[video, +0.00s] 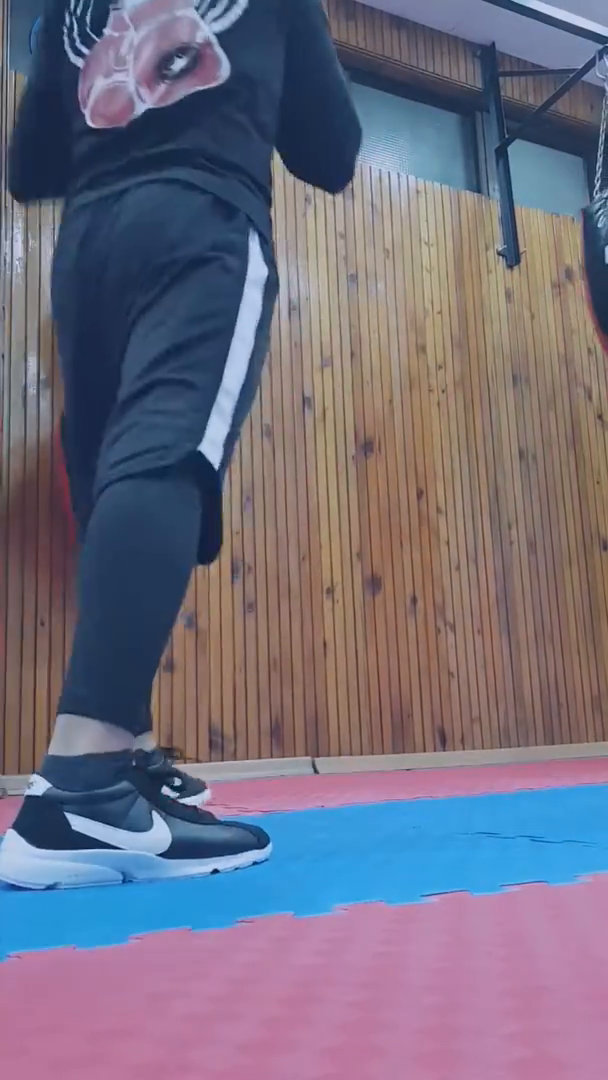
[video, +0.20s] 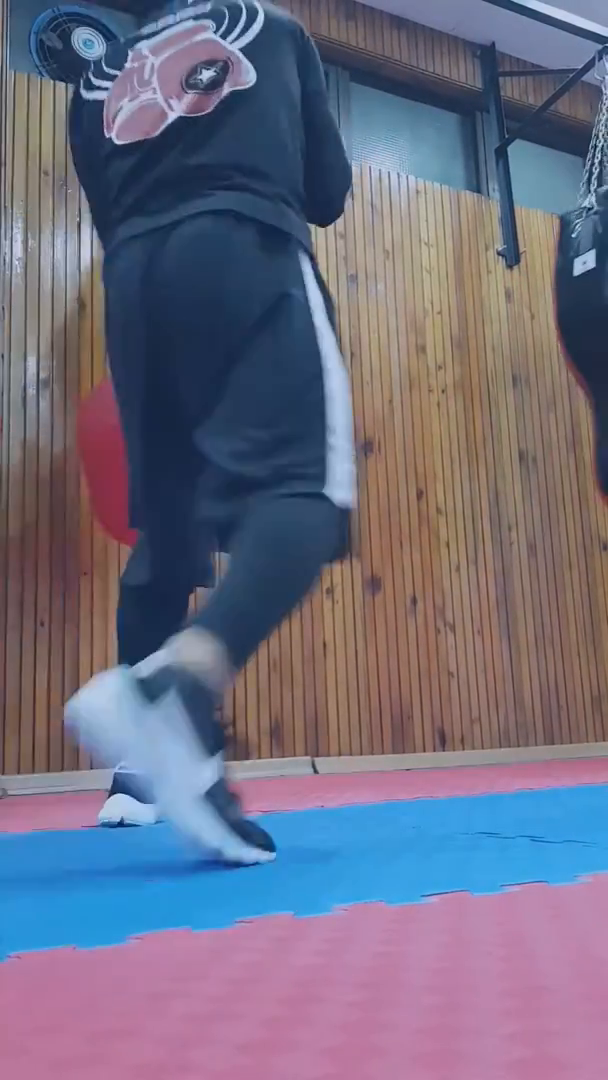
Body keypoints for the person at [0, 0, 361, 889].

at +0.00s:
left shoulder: (75, 10)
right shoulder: (277, 4)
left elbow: (31, 169)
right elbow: (329, 159)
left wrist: (134, 107)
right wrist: (246, 67)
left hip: (84, 225)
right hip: (200, 207)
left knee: (114, 487)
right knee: (159, 468)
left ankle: (130, 764)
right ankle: (78, 782)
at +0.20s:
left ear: (137, 8)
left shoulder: (98, 77)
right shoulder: (274, 28)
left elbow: (106, 211)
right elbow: (327, 187)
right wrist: (238, 170)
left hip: (131, 273)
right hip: (242, 250)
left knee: (166, 530)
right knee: (306, 497)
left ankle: (162, 771)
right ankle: (178, 684)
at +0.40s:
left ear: (173, 17)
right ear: (247, 1)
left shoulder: (138, 87)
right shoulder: (310, 39)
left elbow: (159, 238)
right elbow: (374, 188)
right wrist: (288, 166)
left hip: (191, 276)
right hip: (307, 249)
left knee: (183, 535)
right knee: (417, 470)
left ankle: (146, 767)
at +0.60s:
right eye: (388, 31)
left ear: (306, 36)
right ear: (379, 27)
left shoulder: (251, 102)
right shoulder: (408, 62)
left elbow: (190, 242)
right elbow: (438, 233)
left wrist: (286, 246)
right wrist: (361, 259)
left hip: (244, 318)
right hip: (363, 293)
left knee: (220, 542)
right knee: (513, 515)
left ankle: (145, 760)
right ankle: (606, 716)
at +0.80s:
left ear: (314, 26)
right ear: (396, 22)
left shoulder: (266, 80)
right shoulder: (452, 66)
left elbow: (231, 239)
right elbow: (478, 220)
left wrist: (325, 203)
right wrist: (386, 191)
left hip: (293, 309)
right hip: (417, 298)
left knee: (224, 538)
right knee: (537, 521)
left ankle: (140, 755)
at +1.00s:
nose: (260, 87)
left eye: (260, 76)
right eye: (263, 77)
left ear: (276, 70)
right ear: (347, 67)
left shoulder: (280, 119)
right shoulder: (439, 130)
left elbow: (259, 227)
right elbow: (461, 269)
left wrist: (282, 301)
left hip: (329, 345)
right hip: (447, 344)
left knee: (225, 557)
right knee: (551, 564)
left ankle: (141, 764)